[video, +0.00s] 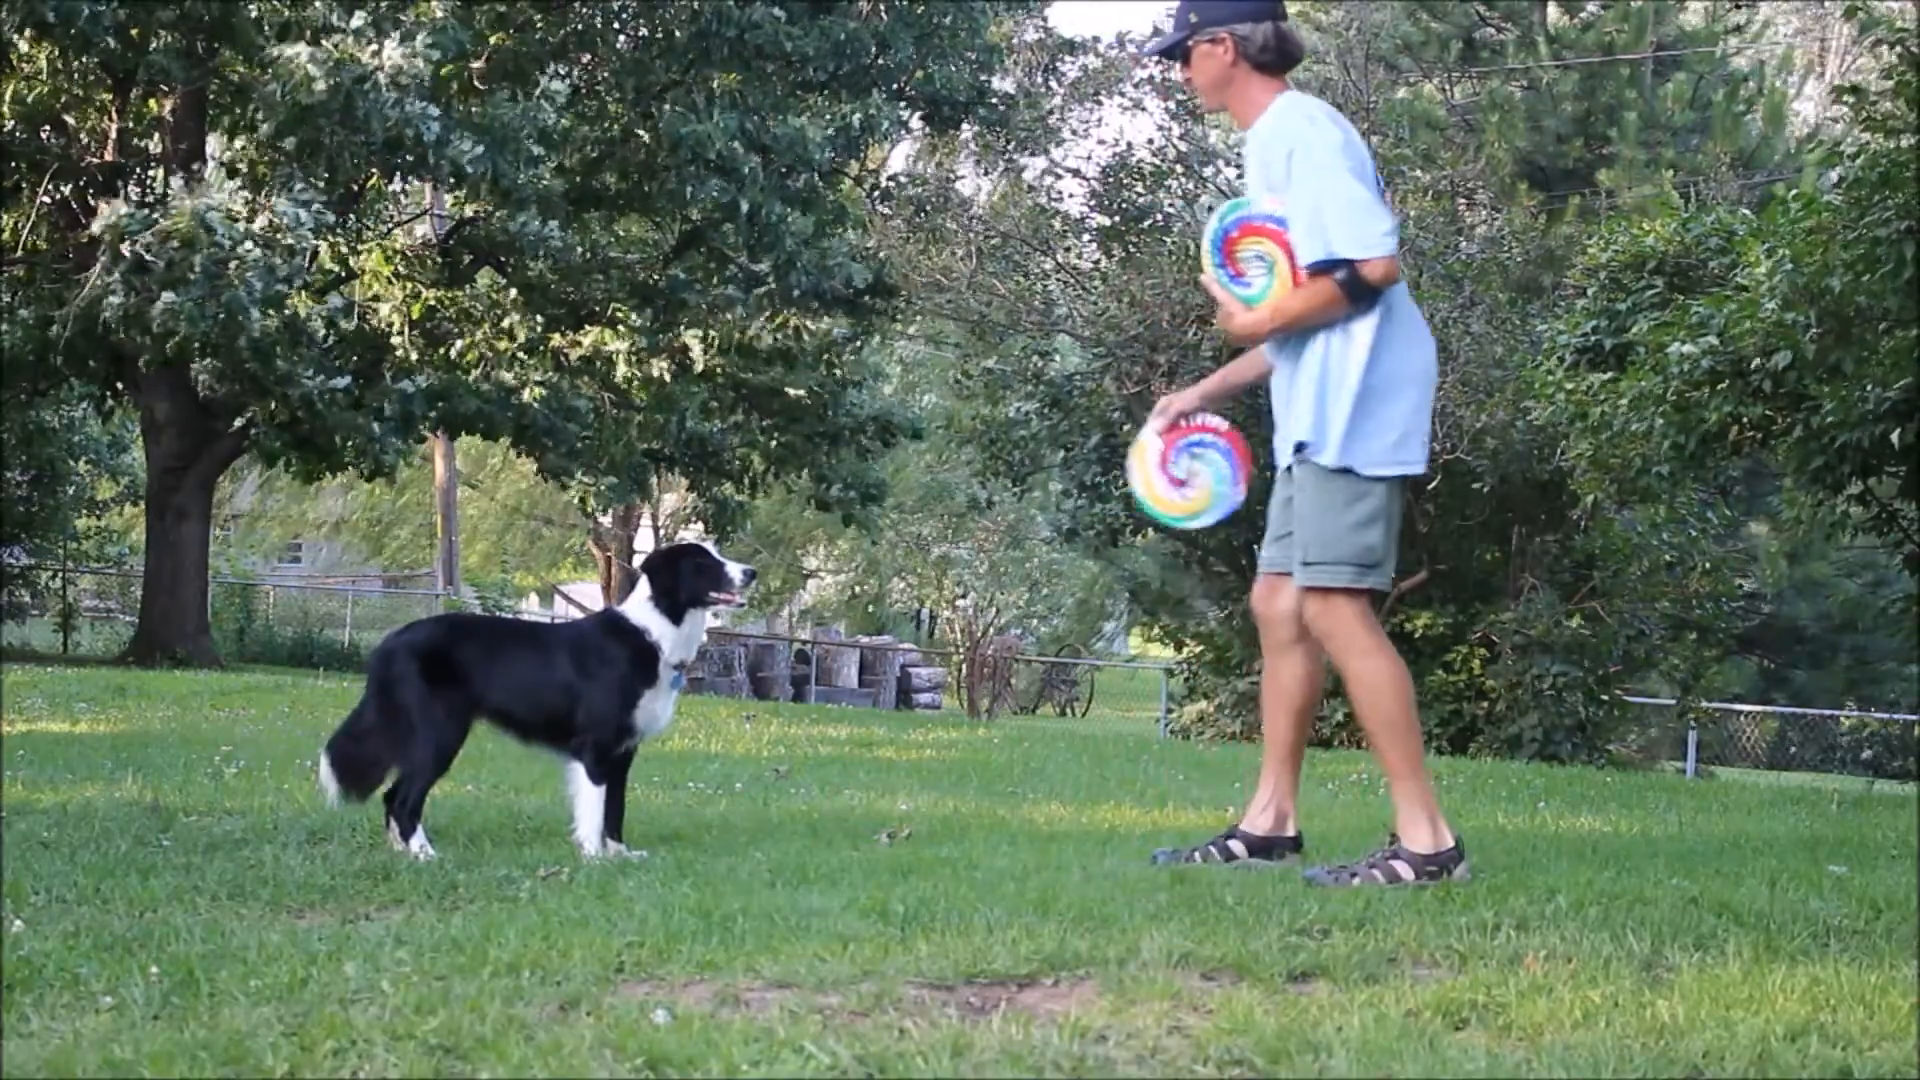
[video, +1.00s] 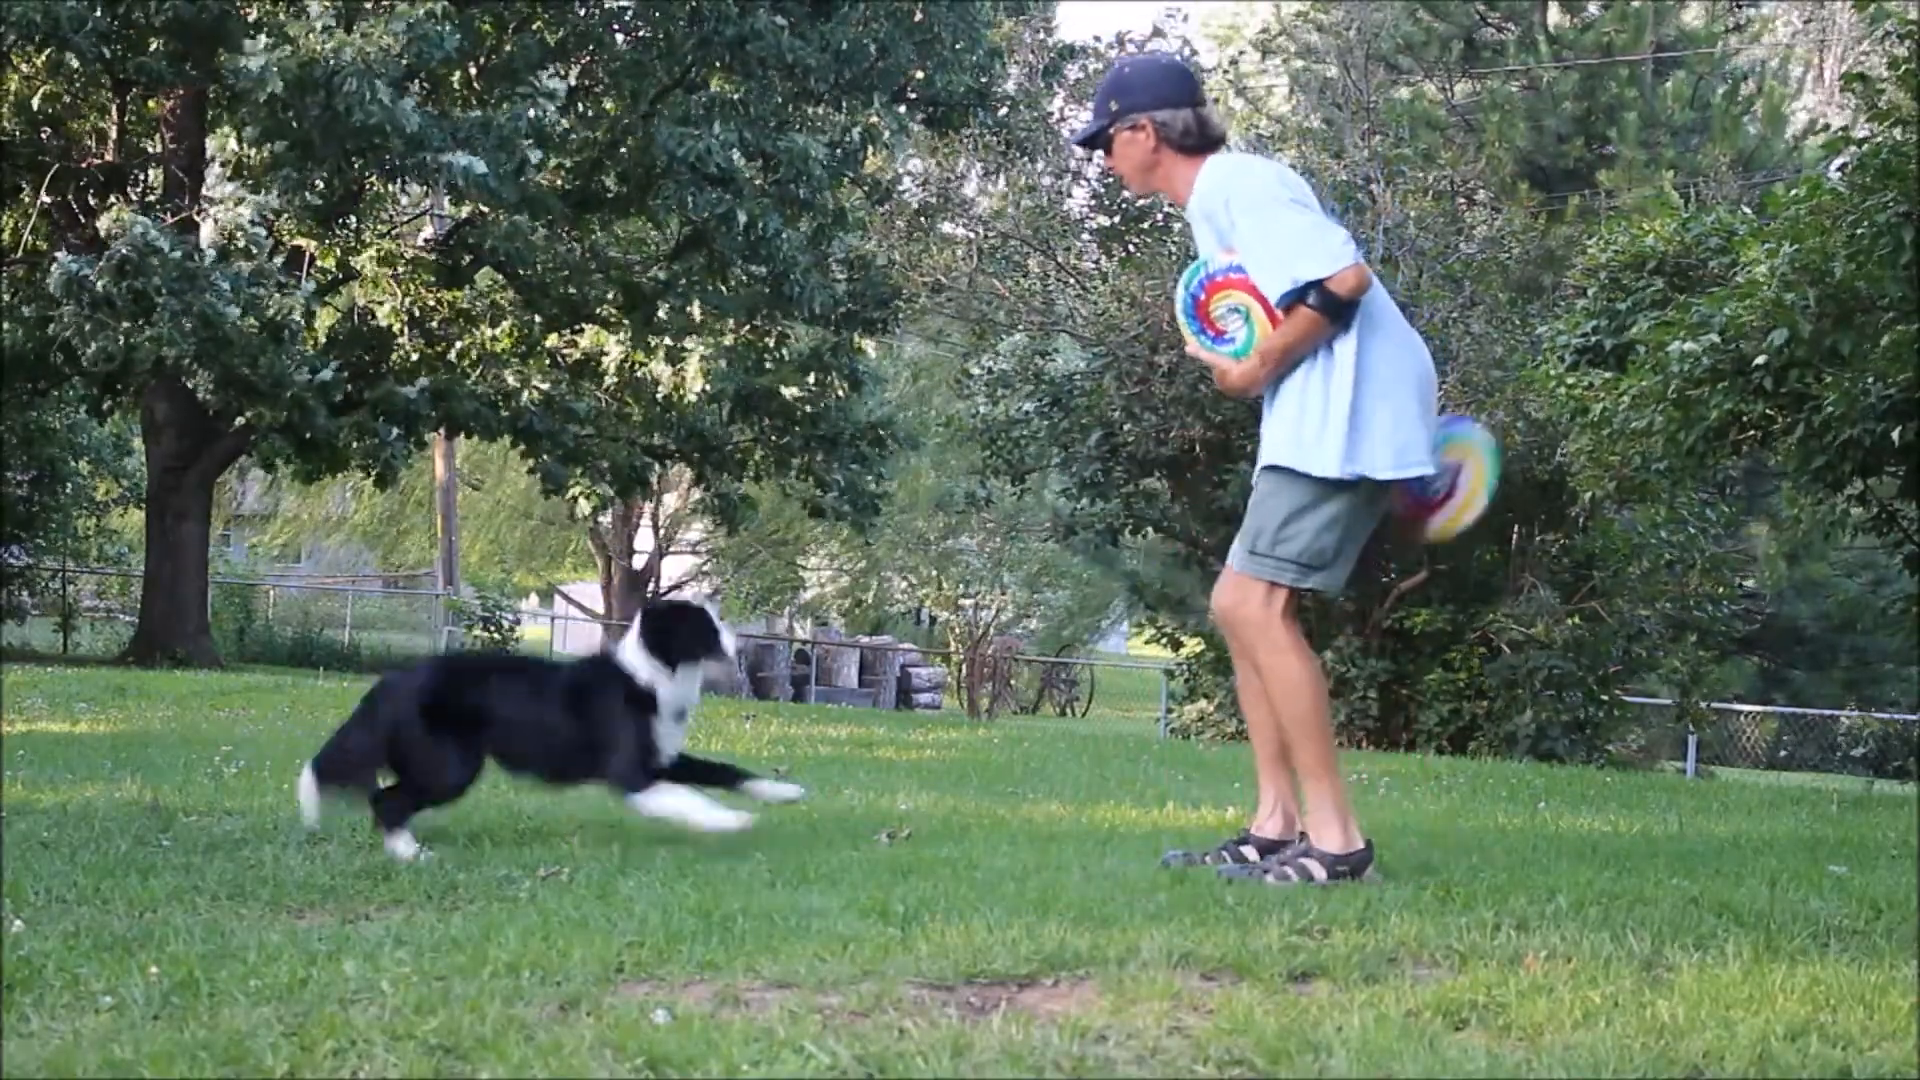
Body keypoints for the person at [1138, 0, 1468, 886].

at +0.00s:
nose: (1183, 72)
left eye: (1188, 53)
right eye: (1182, 57)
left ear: (1229, 50)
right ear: (1235, 51)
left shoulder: (1302, 128)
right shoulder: (1270, 146)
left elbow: (1373, 264)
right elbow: (1302, 319)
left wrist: (1259, 320)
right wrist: (1198, 394)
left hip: (1360, 411)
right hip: (1319, 413)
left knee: (1333, 607)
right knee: (1277, 601)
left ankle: (1426, 840)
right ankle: (1270, 822)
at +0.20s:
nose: (1186, 70)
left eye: (1191, 51)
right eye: (1185, 56)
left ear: (1232, 48)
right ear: (1237, 51)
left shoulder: (1310, 127)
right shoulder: (1273, 147)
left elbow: (1383, 261)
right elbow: (1296, 316)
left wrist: (1276, 317)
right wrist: (1188, 369)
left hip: (1373, 402)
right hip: (1327, 404)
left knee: (1345, 601)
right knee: (1273, 588)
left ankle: (1426, 841)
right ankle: (1280, 819)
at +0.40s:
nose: (1165, 92)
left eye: (1168, 73)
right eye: (1162, 77)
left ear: (1205, 66)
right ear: (1215, 67)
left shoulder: (1287, 142)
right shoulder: (1252, 165)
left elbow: (1367, 267)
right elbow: (1281, 335)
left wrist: (1257, 331)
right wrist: (1177, 397)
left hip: (1360, 410)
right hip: (1314, 411)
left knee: (1319, 604)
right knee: (1256, 596)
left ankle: (1424, 840)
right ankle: (1278, 826)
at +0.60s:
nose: (1129, 121)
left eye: (1131, 101)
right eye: (1125, 105)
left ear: (1170, 90)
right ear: (1176, 91)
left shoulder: (1253, 155)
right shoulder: (1228, 180)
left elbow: (1347, 270)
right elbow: (1279, 355)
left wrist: (1250, 346)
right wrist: (1197, 441)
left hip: (1356, 407)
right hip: (1313, 413)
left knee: (1296, 598)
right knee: (1246, 594)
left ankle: (1418, 831)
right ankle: (1278, 827)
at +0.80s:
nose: (1113, 152)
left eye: (1115, 132)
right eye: (1110, 135)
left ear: (1153, 121)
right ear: (1159, 121)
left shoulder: (1235, 172)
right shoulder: (1215, 204)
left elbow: (1340, 271)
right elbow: (1274, 379)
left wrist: (1251, 357)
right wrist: (1172, 451)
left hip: (1363, 403)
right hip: (1329, 411)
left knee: (1267, 595)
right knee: (1248, 602)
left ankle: (1391, 812)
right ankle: (1279, 825)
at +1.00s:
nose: (1107, 161)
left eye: (1109, 142)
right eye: (1104, 146)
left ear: (1148, 131)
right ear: (1153, 132)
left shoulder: (1233, 183)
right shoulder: (1216, 201)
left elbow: (1341, 276)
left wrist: (1258, 366)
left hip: (1350, 421)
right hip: (1320, 422)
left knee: (1257, 606)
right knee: (1236, 606)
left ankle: (1334, 841)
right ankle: (1277, 826)